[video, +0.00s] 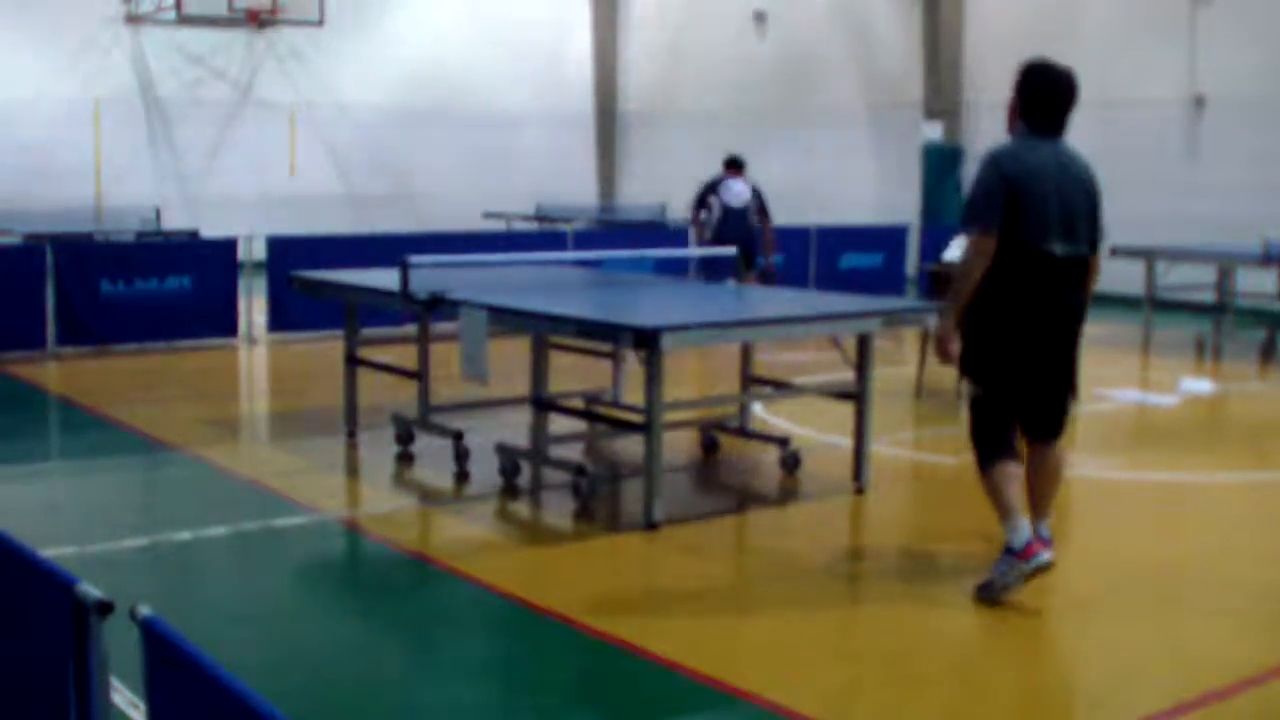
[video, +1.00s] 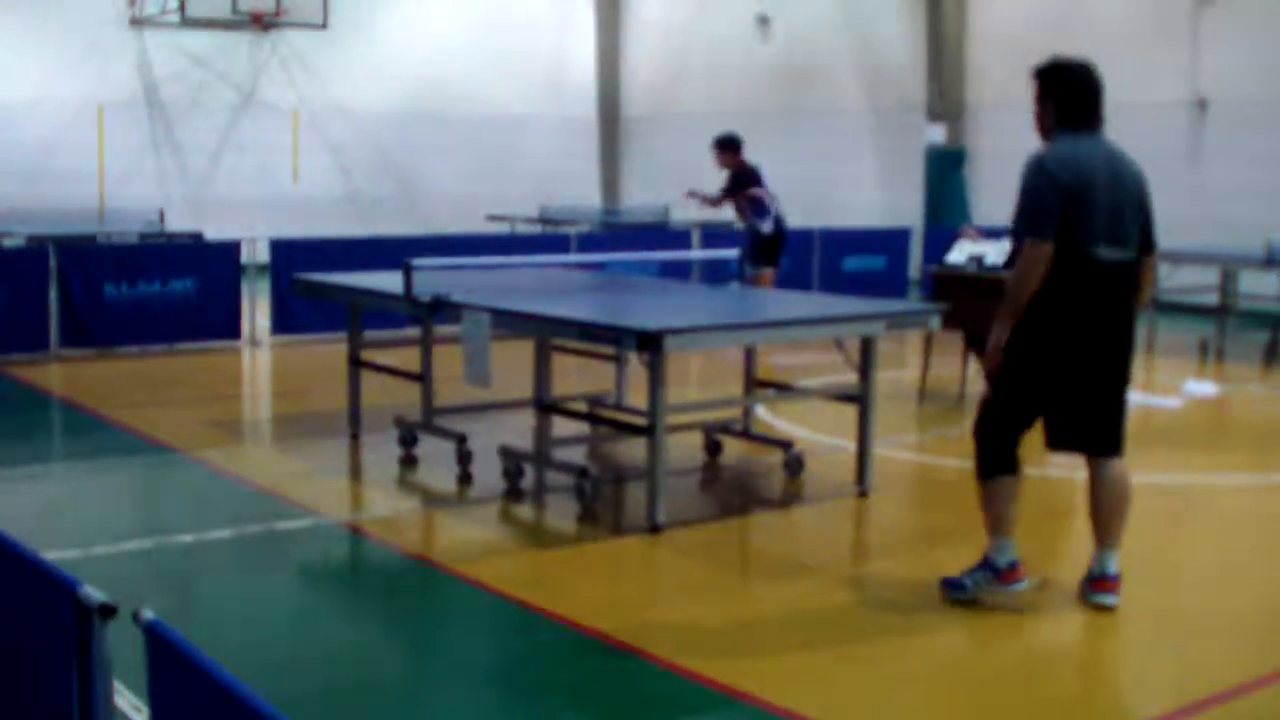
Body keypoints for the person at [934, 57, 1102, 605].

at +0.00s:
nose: (1009, 107)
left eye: (1013, 99)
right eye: (1017, 98)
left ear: (1017, 106)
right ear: (1067, 111)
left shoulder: (1001, 166)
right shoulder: (1080, 174)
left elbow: (979, 250)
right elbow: (1091, 263)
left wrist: (950, 317)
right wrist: (1072, 311)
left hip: (999, 326)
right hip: (1057, 330)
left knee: (993, 433)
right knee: (1044, 431)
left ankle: (1021, 538)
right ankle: (1039, 533)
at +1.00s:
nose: (1035, 113)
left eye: (1038, 103)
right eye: (1037, 102)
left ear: (1051, 107)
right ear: (1094, 106)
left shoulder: (1049, 166)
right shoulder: (1126, 171)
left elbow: (1033, 260)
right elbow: (1144, 273)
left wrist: (1001, 327)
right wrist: (1115, 319)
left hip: (1046, 336)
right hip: (1107, 338)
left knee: (995, 430)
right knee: (1106, 448)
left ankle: (1001, 560)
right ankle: (1107, 569)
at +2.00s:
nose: (961, 169)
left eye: (963, 160)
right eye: (963, 160)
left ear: (974, 163)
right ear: (1016, 161)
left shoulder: (976, 208)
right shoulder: (1046, 216)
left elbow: (968, 278)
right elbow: (1076, 299)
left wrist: (942, 321)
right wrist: (1034, 327)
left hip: (983, 351)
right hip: (1040, 356)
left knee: (924, 452)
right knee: (1023, 457)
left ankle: (929, 576)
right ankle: (1038, 568)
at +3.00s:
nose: (876, 145)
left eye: (879, 137)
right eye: (881, 136)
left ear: (885, 142)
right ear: (931, 138)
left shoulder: (888, 192)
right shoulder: (959, 188)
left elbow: (851, 264)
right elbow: (982, 267)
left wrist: (869, 197)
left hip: (921, 339)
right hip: (979, 338)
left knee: (869, 444)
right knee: (979, 438)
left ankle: (837, 562)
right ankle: (1007, 544)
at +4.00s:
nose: (857, 215)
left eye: (857, 207)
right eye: (857, 207)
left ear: (866, 204)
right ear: (909, 196)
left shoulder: (875, 231)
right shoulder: (945, 231)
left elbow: (881, 294)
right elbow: (985, 283)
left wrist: (869, 360)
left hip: (937, 350)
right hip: (999, 348)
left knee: (861, 443)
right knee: (995, 441)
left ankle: (846, 568)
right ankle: (1024, 547)